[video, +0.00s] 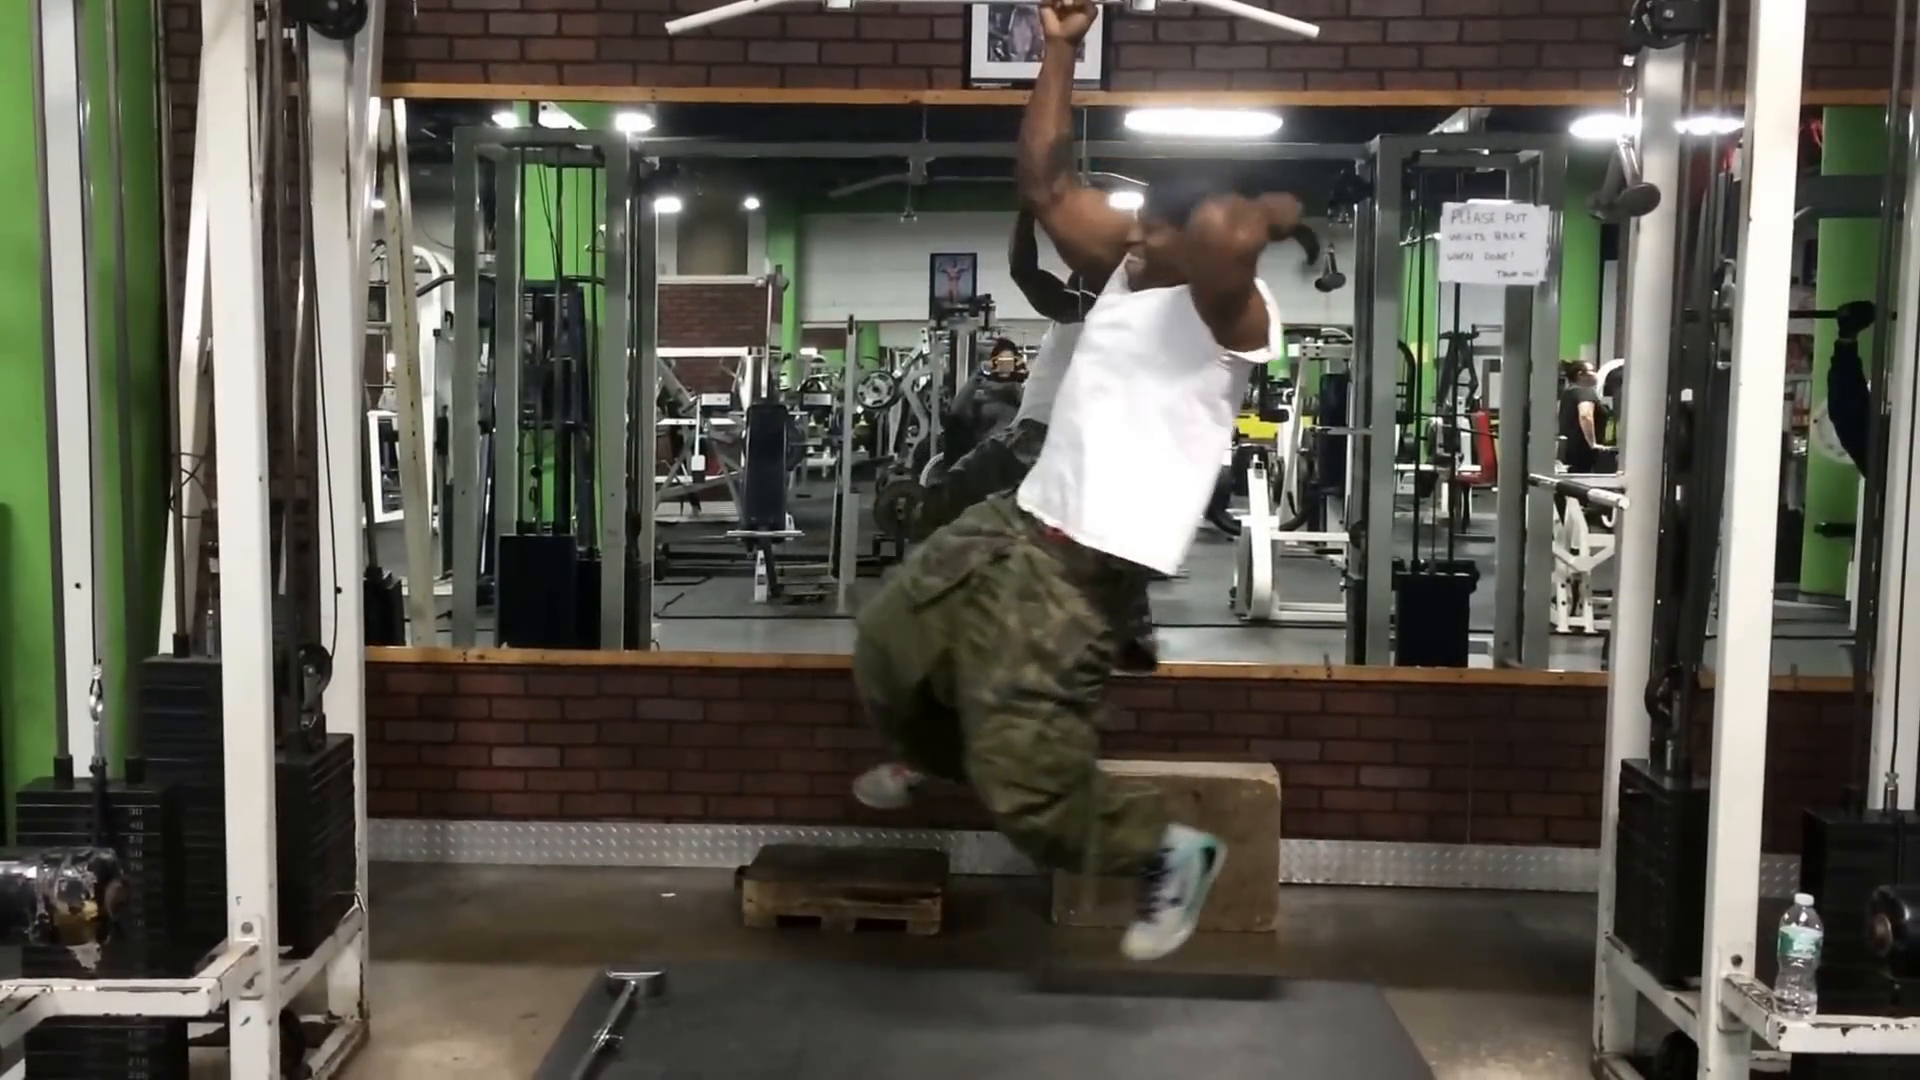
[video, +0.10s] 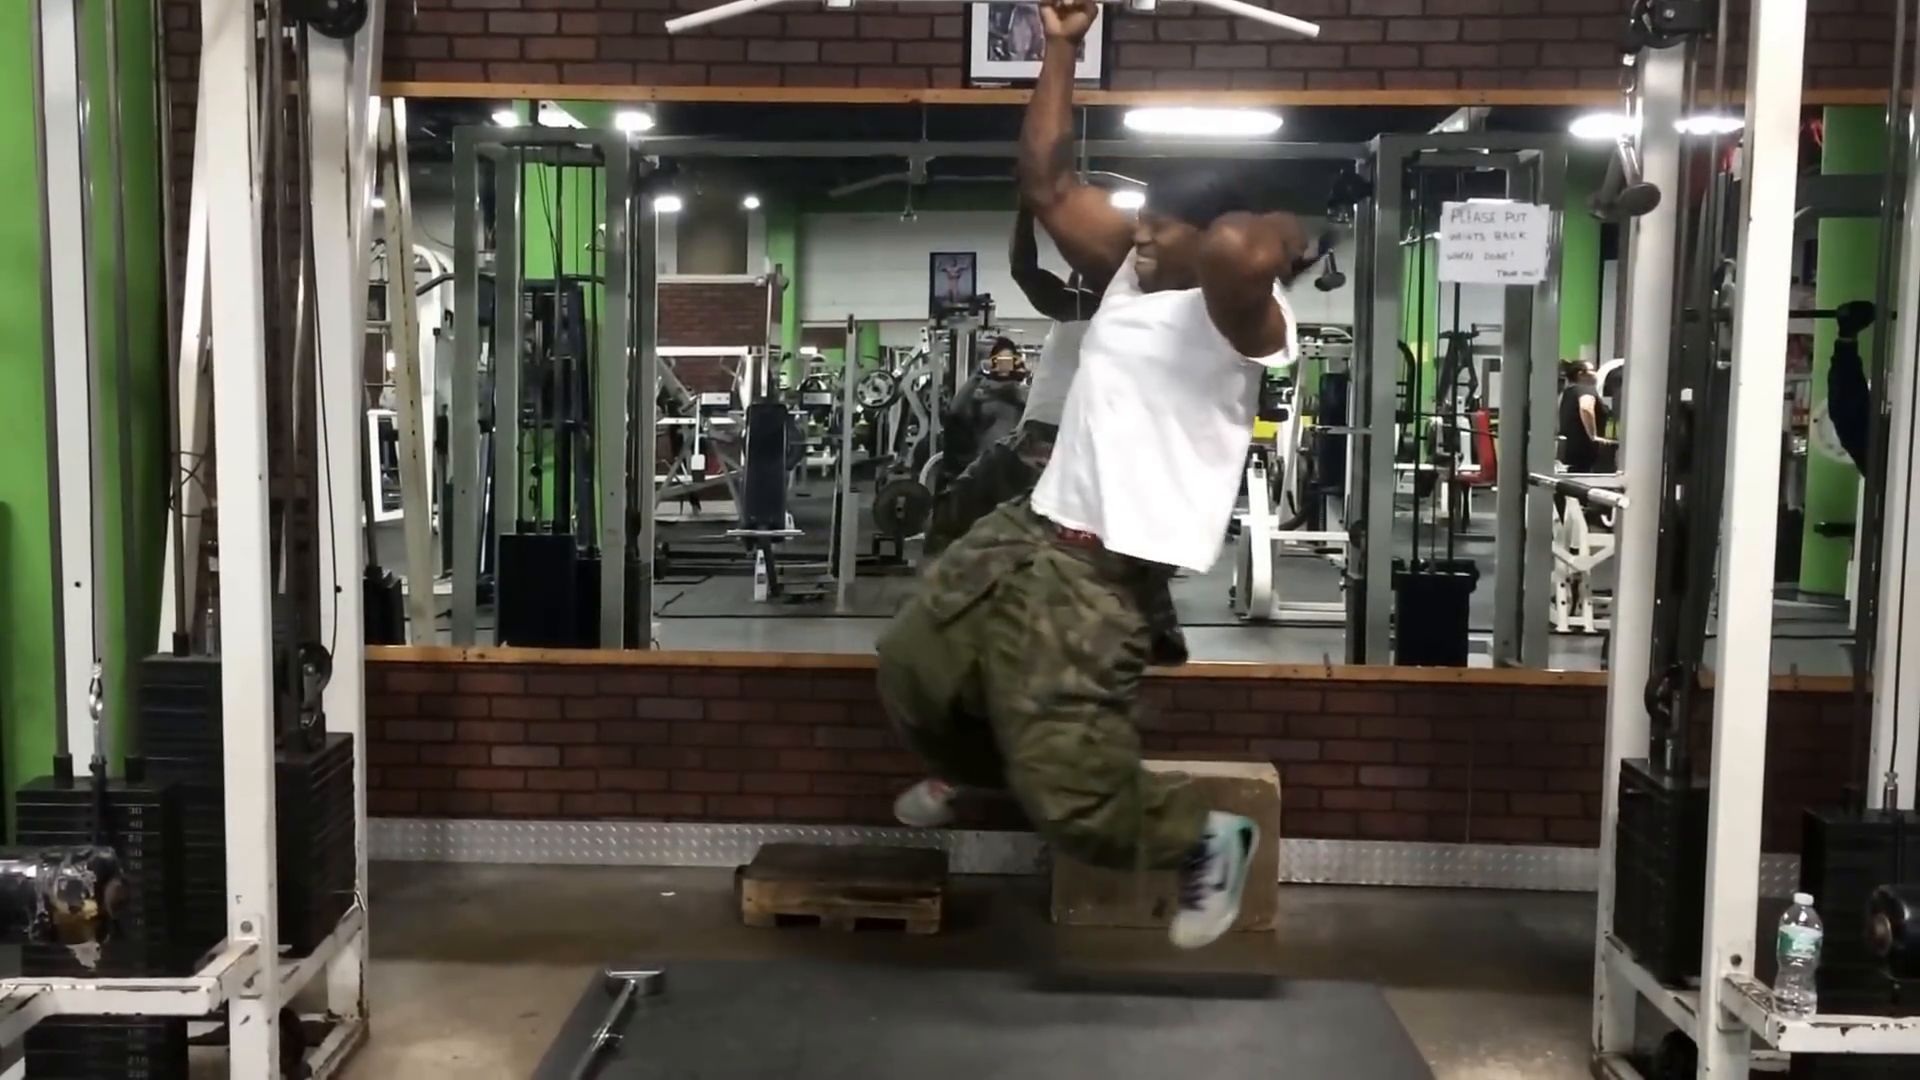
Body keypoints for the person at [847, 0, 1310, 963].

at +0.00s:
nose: (1171, 225)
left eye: (1194, 219)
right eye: (1174, 213)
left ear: (1232, 238)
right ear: (1164, 215)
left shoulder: (1233, 317)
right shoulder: (1131, 249)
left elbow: (1216, 256)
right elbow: (1045, 183)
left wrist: (1249, 214)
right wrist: (1058, 51)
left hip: (1085, 572)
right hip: (1015, 522)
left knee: (1017, 784)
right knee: (887, 643)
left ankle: (1172, 851)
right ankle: (938, 765)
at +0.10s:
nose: (1147, 225)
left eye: (1166, 216)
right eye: (1150, 212)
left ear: (1217, 231)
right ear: (1153, 217)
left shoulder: (1250, 322)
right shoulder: (1126, 255)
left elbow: (1231, 265)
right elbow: (1047, 180)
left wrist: (1250, 238)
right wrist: (1059, 47)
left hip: (1105, 577)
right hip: (1025, 528)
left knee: (1063, 792)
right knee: (913, 663)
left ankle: (1210, 836)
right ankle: (981, 785)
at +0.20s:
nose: (1149, 239)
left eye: (1169, 228)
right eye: (1147, 222)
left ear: (1223, 236)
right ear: (1146, 221)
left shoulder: (1259, 318)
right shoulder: (1122, 262)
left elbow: (1244, 262)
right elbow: (1050, 181)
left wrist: (1258, 239)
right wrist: (1058, 46)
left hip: (1121, 580)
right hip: (1034, 541)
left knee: (1100, 809)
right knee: (932, 683)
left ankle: (1238, 820)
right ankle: (1016, 797)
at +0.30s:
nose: (1150, 241)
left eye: (1169, 229)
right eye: (1145, 226)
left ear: (1222, 236)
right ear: (1142, 230)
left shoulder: (1257, 312)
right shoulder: (1123, 270)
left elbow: (1262, 235)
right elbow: (1049, 178)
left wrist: (1243, 228)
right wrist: (1059, 45)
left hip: (1133, 574)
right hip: (1044, 543)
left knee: (1115, 803)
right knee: (947, 686)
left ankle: (1251, 817)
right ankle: (1031, 800)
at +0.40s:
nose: (1150, 238)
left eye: (1168, 225)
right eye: (1146, 224)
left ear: (1223, 233)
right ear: (1142, 233)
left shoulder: (1253, 313)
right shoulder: (1120, 276)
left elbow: (1269, 208)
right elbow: (1046, 174)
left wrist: (1223, 244)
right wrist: (1062, 40)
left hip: (1131, 582)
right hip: (1041, 551)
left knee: (1118, 808)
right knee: (955, 700)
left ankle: (1258, 822)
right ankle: (1042, 810)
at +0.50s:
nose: (1144, 237)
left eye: (1162, 224)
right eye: (1142, 224)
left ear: (1215, 233)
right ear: (1142, 233)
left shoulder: (1248, 313)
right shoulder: (1117, 278)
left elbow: (1265, 198)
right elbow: (1045, 173)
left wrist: (1234, 254)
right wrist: (1061, 39)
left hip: (1125, 588)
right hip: (1035, 559)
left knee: (1103, 812)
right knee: (952, 707)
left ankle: (1254, 831)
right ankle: (1033, 820)